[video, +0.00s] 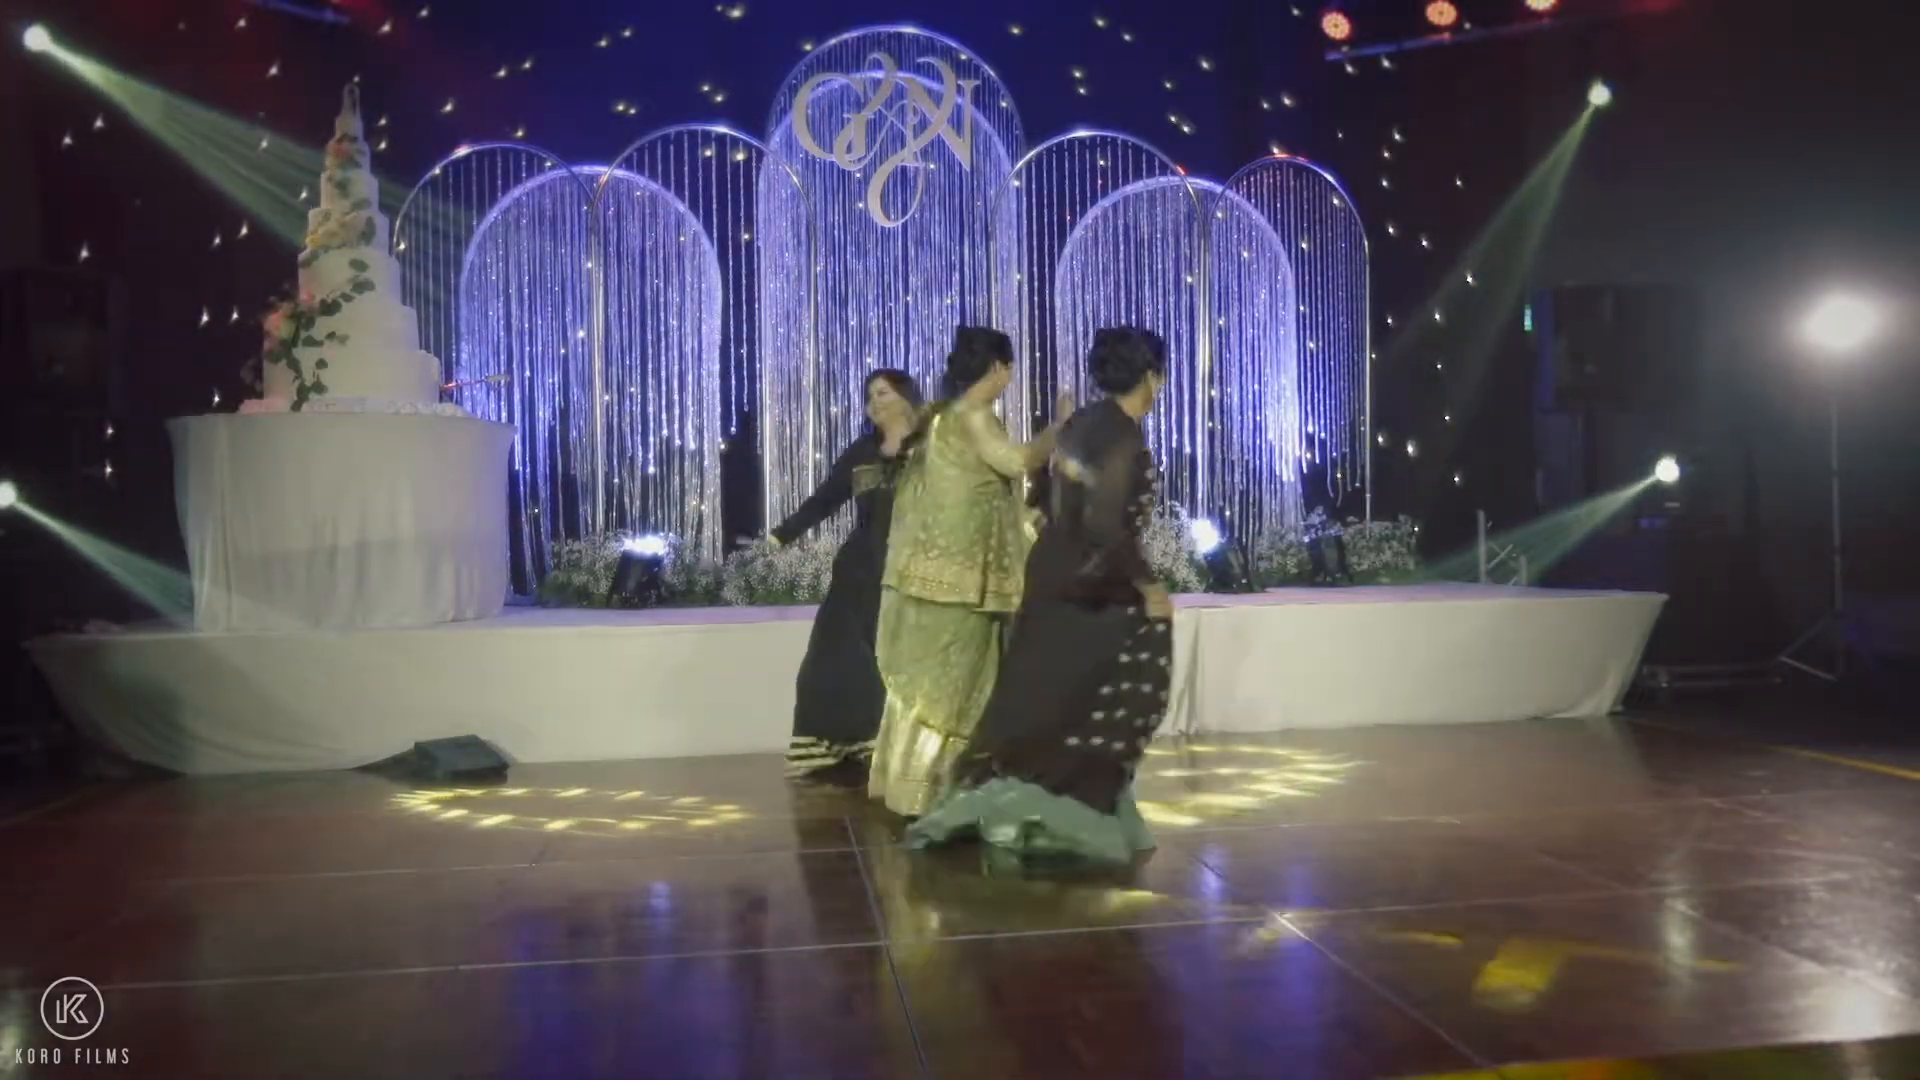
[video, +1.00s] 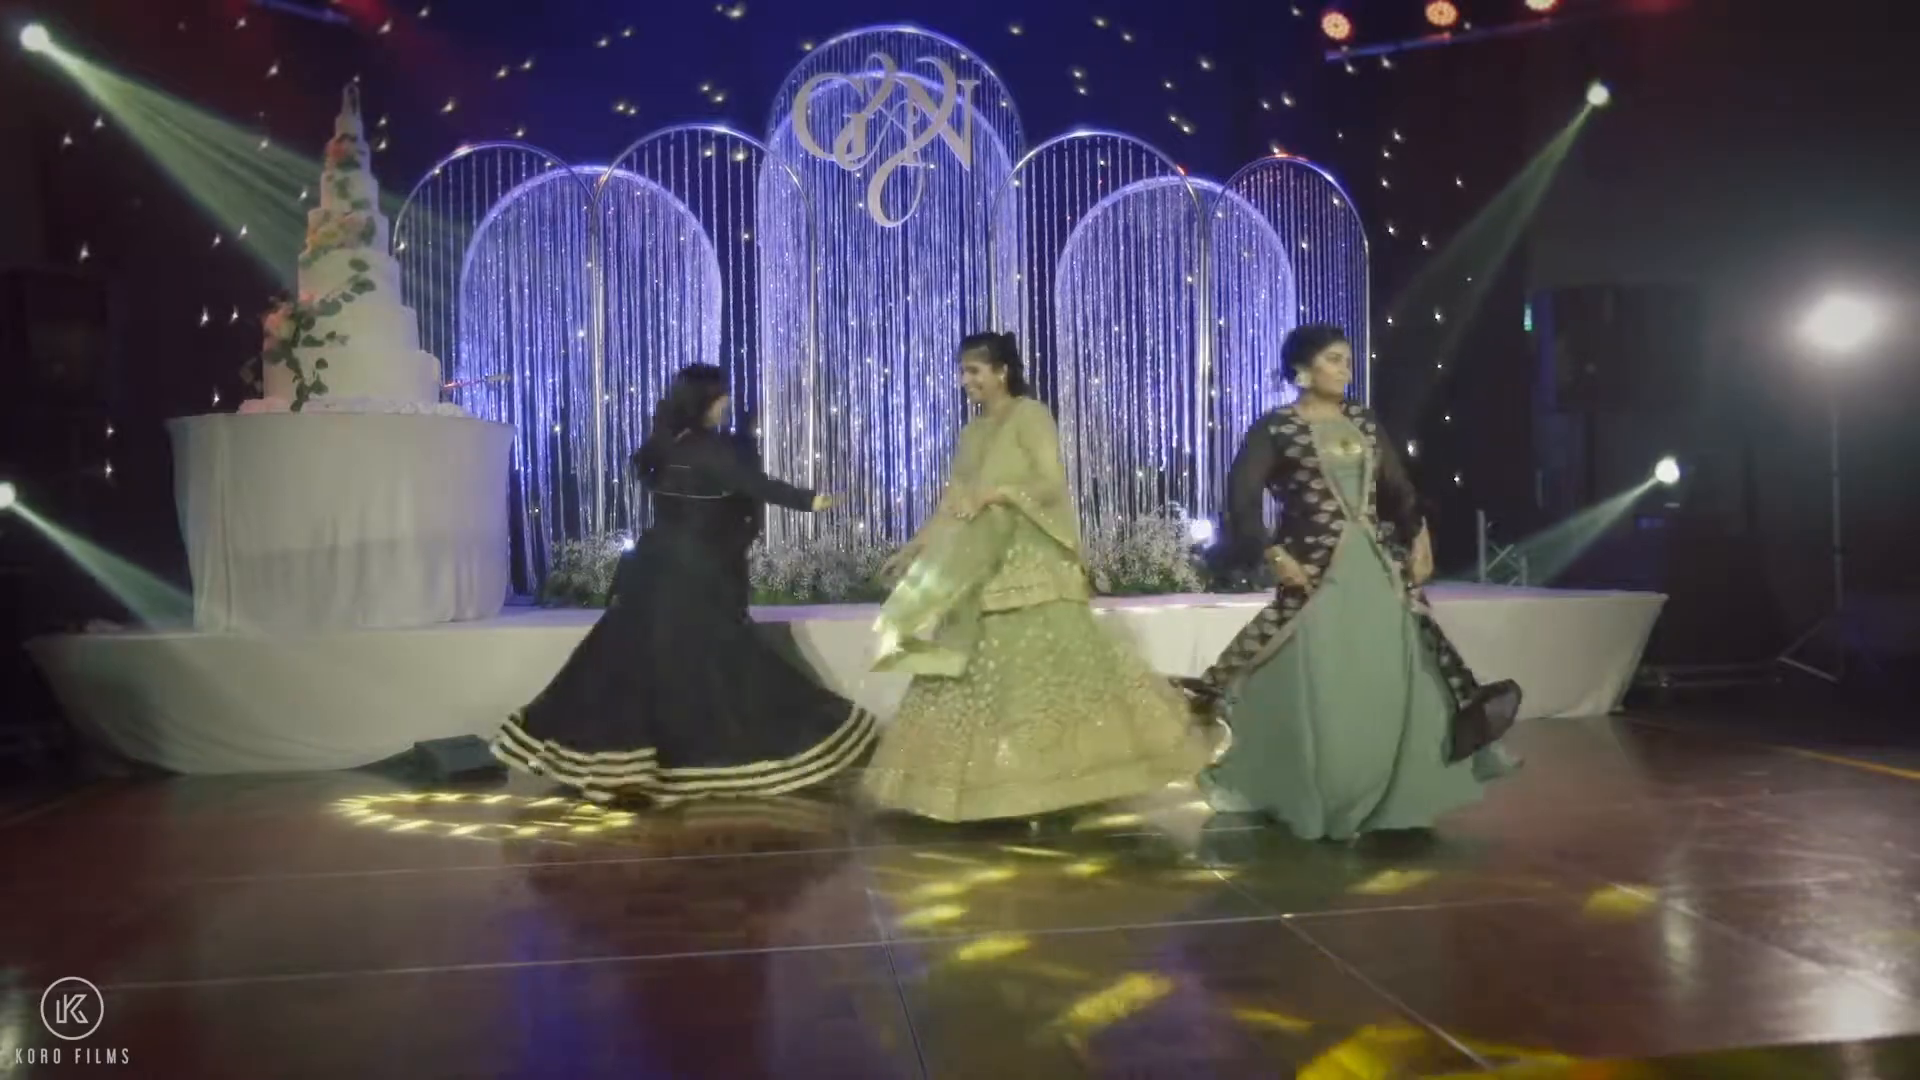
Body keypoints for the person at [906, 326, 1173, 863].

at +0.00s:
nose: (1163, 382)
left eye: (1160, 373)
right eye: (1160, 373)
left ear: (1105, 374)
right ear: (1150, 378)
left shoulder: (1078, 424)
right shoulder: (1123, 438)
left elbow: (1041, 498)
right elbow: (1105, 522)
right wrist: (1146, 583)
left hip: (1053, 581)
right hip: (1096, 589)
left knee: (1045, 695)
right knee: (1130, 697)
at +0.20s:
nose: (1185, 375)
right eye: (1187, 367)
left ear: (1135, 369)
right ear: (1188, 370)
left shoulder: (1095, 422)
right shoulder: (1200, 428)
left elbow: (1066, 508)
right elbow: (1224, 509)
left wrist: (1084, 553)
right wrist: (1231, 558)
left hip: (1105, 580)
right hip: (1173, 579)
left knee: (1107, 692)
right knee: (1213, 687)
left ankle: (1108, 819)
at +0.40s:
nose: (1167, 375)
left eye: (1169, 367)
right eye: (1170, 366)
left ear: (1178, 366)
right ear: (1224, 366)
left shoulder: (1173, 415)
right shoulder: (1253, 423)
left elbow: (1138, 503)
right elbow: (1275, 513)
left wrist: (1092, 520)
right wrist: (1257, 548)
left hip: (1186, 583)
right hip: (1244, 585)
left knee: (1168, 700)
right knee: (1249, 701)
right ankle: (1269, 838)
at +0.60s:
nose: (1190, 376)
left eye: (1197, 365)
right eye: (1191, 366)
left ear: (1228, 367)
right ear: (1226, 368)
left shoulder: (1256, 410)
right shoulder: (1224, 419)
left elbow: (1273, 484)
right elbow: (1230, 492)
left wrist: (1239, 539)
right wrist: (1220, 545)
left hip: (1280, 570)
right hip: (1252, 570)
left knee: (1278, 684)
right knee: (1254, 683)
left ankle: (1291, 818)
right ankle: (1271, 813)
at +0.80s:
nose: (1260, 371)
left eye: (1270, 361)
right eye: (1250, 363)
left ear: (1289, 365)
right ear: (1239, 371)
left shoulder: (1322, 416)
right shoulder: (1225, 433)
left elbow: (1362, 485)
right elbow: (1216, 504)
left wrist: (1352, 543)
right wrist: (1211, 553)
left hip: (1313, 568)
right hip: (1252, 570)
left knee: (1306, 685)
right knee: (1254, 685)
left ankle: (1304, 805)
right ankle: (1264, 806)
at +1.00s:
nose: (1345, 368)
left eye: (1347, 360)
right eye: (1334, 360)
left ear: (1348, 367)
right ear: (1303, 368)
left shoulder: (1366, 423)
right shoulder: (1276, 428)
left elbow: (1401, 489)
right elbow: (1242, 499)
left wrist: (1419, 535)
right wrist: (1274, 556)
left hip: (1378, 574)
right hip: (1319, 579)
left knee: (1391, 686)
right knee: (1327, 690)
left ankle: (1394, 808)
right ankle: (1329, 809)